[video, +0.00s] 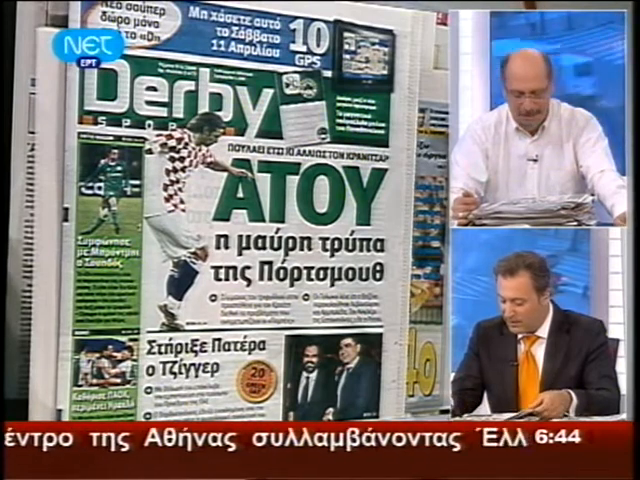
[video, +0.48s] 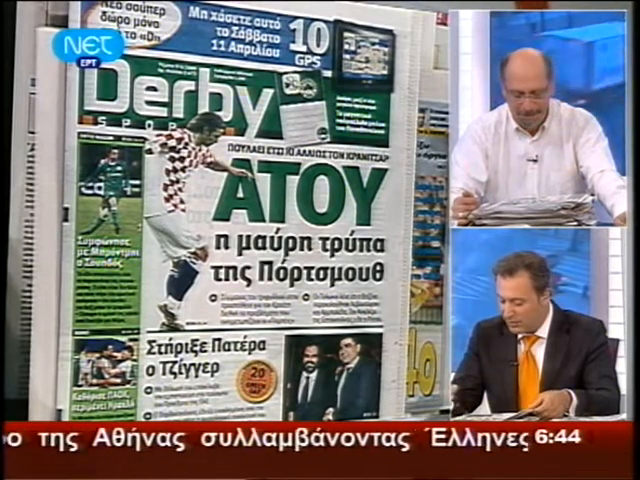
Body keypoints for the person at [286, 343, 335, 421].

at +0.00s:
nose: (310, 360)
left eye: (314, 356)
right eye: (307, 356)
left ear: (320, 359)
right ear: (302, 358)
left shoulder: (326, 377)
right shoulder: (296, 375)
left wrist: (330, 411)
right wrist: (291, 412)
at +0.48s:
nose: (310, 360)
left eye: (314, 356)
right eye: (307, 356)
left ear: (320, 359)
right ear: (302, 358)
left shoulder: (326, 377)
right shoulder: (295, 375)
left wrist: (330, 411)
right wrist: (291, 412)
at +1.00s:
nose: (310, 360)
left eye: (314, 356)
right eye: (307, 356)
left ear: (320, 359)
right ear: (302, 358)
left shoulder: (326, 377)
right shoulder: (295, 375)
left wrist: (330, 411)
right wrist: (290, 412)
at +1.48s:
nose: (310, 360)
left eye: (314, 356)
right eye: (307, 356)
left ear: (320, 359)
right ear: (302, 358)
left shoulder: (326, 377)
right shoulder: (295, 375)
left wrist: (330, 411)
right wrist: (290, 412)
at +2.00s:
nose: (310, 360)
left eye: (314, 356)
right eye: (307, 356)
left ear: (320, 359)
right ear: (302, 358)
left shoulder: (326, 377)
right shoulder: (296, 375)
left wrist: (330, 411)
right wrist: (291, 412)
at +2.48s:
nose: (310, 360)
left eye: (314, 356)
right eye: (307, 356)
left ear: (320, 359)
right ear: (303, 358)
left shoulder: (326, 377)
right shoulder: (296, 375)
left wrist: (330, 411)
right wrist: (291, 412)